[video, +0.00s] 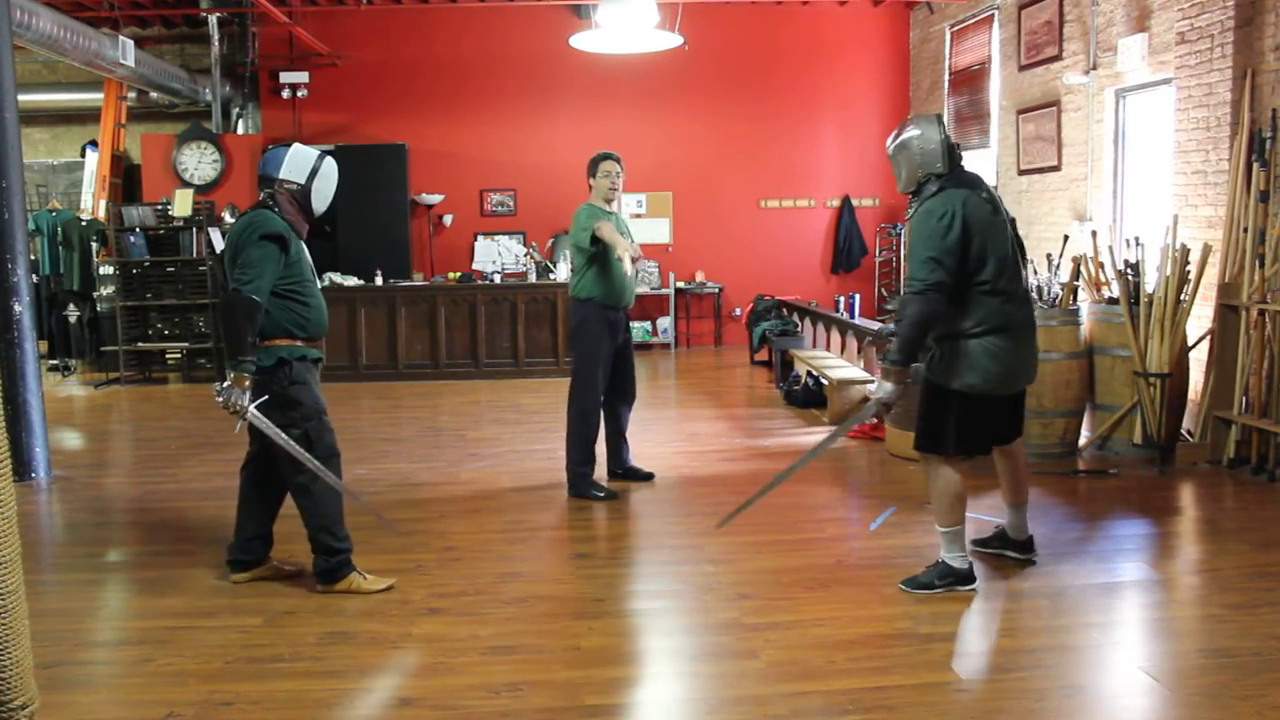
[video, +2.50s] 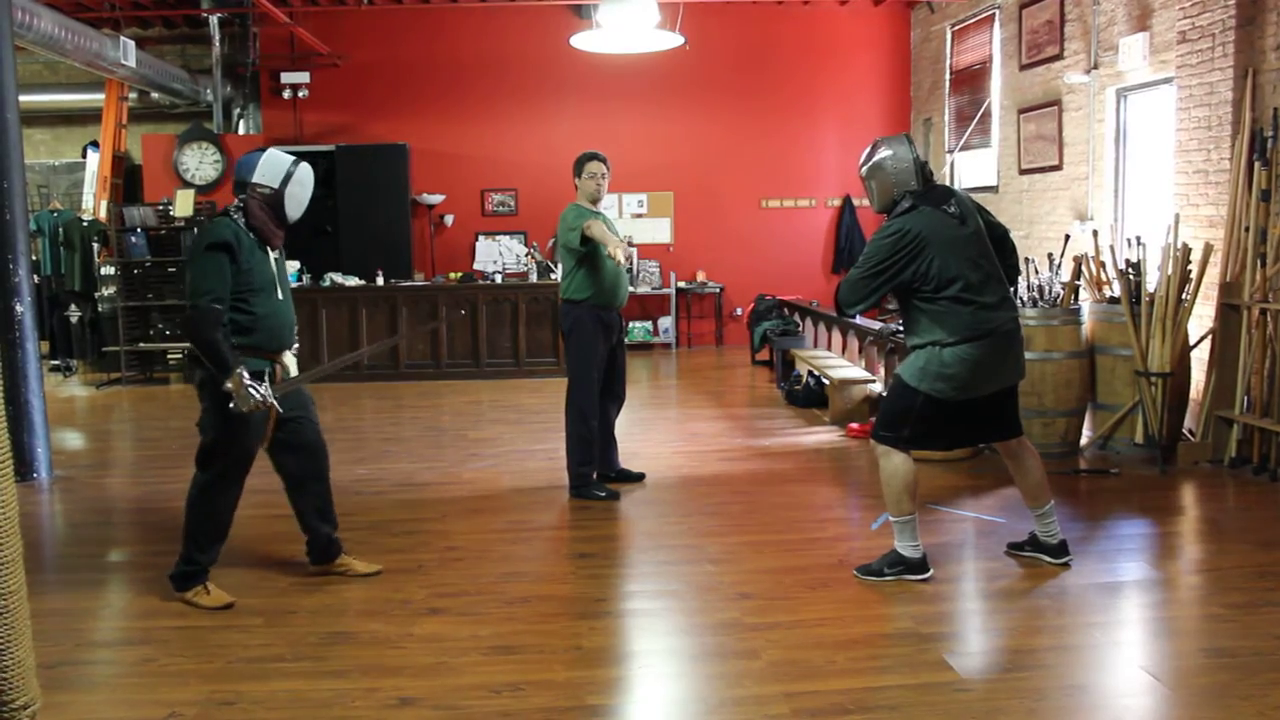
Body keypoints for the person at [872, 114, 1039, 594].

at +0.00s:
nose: (894, 172)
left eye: (897, 160)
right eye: (894, 161)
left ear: (917, 158)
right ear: (941, 154)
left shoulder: (938, 208)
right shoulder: (982, 199)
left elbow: (927, 294)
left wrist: (895, 367)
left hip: (969, 352)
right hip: (1010, 348)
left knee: (940, 453)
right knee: (1006, 440)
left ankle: (954, 563)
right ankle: (1018, 535)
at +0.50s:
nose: (937, 170)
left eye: (941, 159)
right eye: (937, 159)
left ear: (964, 155)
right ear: (976, 155)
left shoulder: (977, 208)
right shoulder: (1014, 197)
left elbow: (950, 292)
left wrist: (901, 319)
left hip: (994, 348)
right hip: (1031, 344)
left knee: (953, 444)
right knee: (1025, 440)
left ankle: (955, 560)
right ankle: (1052, 541)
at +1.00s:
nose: (893, 179)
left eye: (895, 169)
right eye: (892, 170)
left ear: (912, 171)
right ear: (945, 165)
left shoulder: (920, 223)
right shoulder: (989, 202)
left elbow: (868, 286)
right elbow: (1030, 256)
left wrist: (904, 259)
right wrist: (1001, 292)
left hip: (955, 355)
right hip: (1012, 350)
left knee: (901, 438)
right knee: (1012, 439)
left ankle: (907, 553)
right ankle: (1051, 539)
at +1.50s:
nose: (856, 200)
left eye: (857, 191)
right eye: (855, 191)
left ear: (873, 189)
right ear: (906, 179)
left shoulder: (888, 236)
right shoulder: (952, 207)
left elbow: (836, 303)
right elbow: (999, 250)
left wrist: (870, 274)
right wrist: (989, 296)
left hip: (938, 359)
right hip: (997, 350)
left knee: (881, 443)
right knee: (1008, 439)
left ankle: (906, 553)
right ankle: (1050, 539)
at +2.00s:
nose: (863, 198)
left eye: (865, 188)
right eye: (862, 188)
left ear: (883, 185)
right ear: (911, 177)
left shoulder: (895, 233)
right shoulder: (957, 205)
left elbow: (843, 302)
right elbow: (1003, 249)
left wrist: (882, 275)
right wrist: (992, 297)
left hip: (945, 355)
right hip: (1001, 346)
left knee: (886, 438)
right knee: (1009, 438)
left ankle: (907, 553)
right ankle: (1050, 538)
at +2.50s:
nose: (869, 195)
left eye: (870, 185)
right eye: (867, 185)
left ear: (888, 182)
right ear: (916, 173)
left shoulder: (901, 230)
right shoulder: (961, 204)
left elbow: (847, 299)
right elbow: (1005, 248)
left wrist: (884, 273)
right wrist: (996, 295)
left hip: (949, 353)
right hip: (1003, 345)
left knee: (889, 437)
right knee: (1010, 437)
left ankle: (908, 553)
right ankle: (1050, 539)